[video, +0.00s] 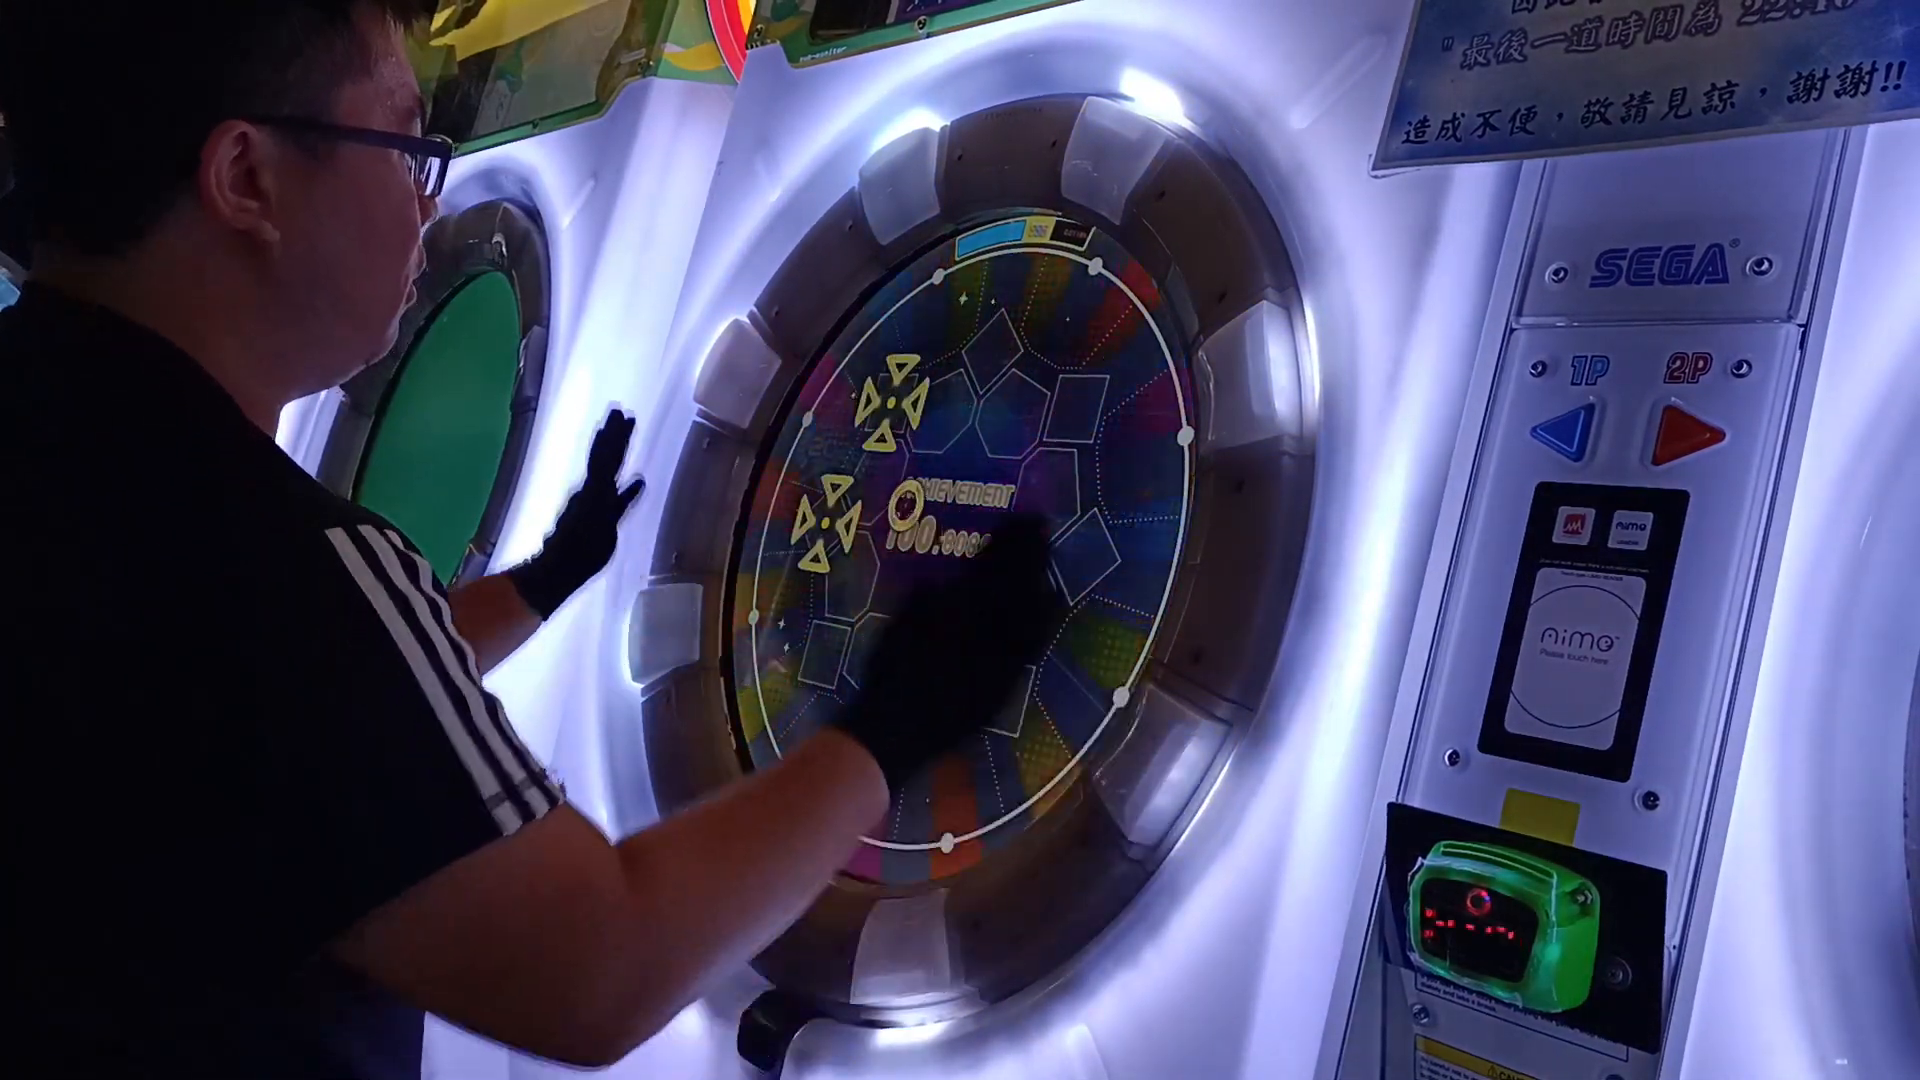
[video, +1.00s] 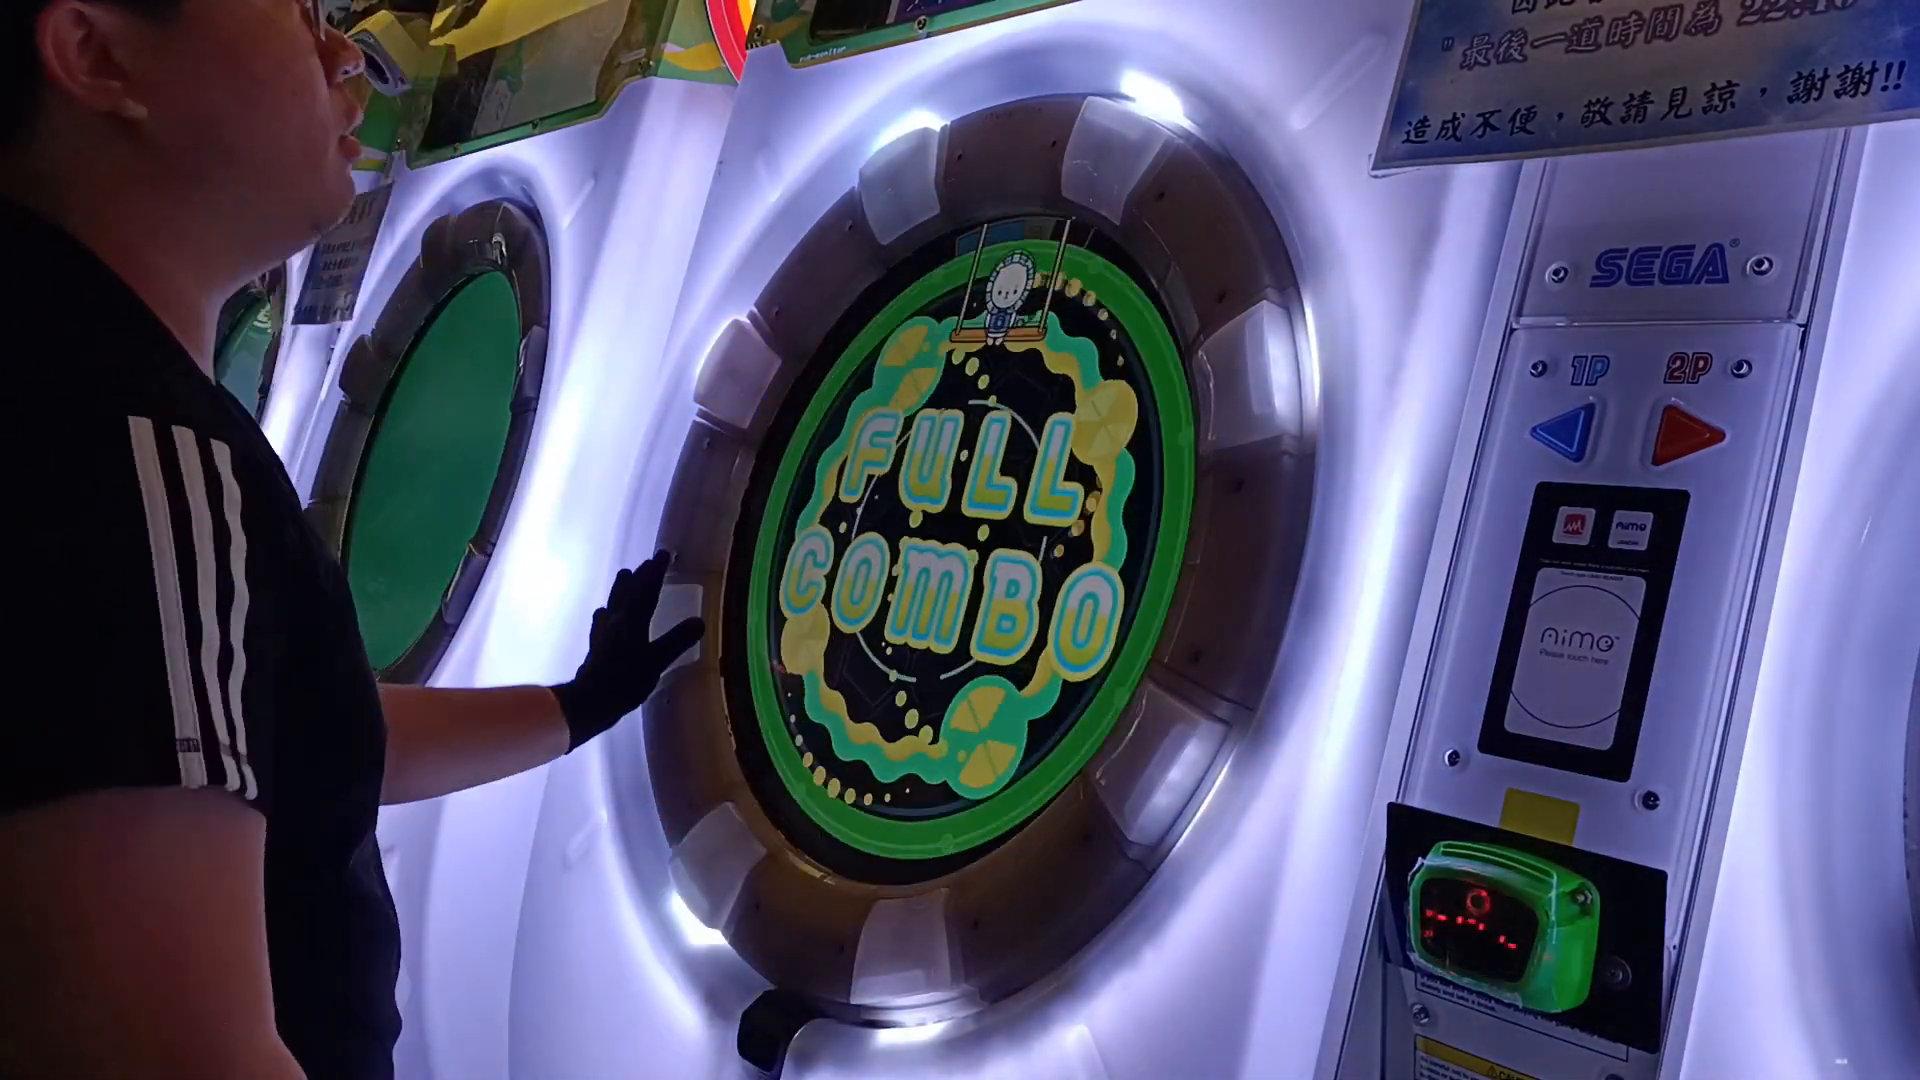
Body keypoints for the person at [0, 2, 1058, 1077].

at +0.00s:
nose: (433, 201)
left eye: (426, 149)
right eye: (408, 148)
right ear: (244, 184)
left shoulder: (29, 418)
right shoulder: (270, 568)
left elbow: (269, 736)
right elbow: (595, 974)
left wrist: (541, 579)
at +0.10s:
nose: (429, 186)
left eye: (419, 138)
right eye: (408, 132)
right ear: (253, 166)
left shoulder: (24, 406)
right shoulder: (315, 534)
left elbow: (292, 707)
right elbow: (684, 833)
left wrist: (527, 464)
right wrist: (798, 559)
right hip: (293, 1044)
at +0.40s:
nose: (453, 221)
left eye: (445, 172)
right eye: (429, 168)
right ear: (264, 181)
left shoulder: (26, 418)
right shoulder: (332, 532)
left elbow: (327, 703)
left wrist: (574, 506)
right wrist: (836, 627)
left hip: (59, 1041)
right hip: (319, 1055)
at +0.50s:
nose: (458, 219)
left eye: (451, 166)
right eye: (430, 163)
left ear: (251, 178)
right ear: (254, 173)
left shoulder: (53, 402)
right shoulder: (269, 494)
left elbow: (305, 711)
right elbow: (456, 991)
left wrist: (558, 570)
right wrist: (860, 855)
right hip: (265, 1052)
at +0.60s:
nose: (462, 209)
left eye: (451, 159)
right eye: (430, 153)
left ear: (249, 158)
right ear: (250, 155)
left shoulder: (63, 388)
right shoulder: (262, 476)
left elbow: (304, 722)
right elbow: (292, 1009)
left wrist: (580, 628)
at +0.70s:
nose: (458, 185)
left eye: (446, 131)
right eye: (429, 124)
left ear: (244, 138)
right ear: (243, 136)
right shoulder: (212, 438)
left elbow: (316, 723)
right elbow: (157, 1004)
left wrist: (577, 650)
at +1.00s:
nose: (348, 59)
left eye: (321, 22)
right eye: (298, 13)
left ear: (103, 60)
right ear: (96, 57)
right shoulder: (119, 435)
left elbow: (303, 731)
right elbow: (166, 1052)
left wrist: (578, 704)